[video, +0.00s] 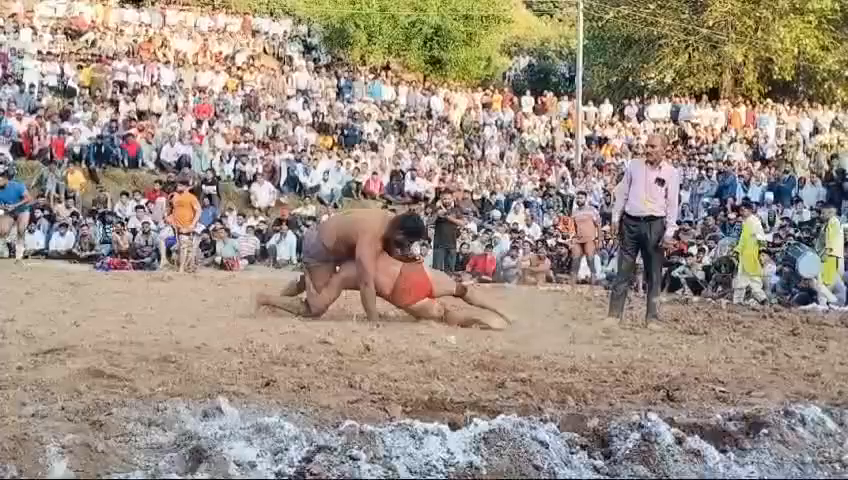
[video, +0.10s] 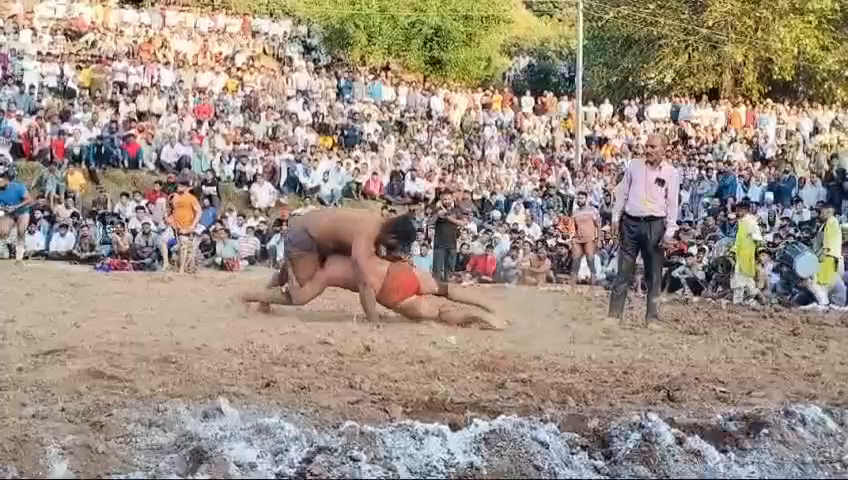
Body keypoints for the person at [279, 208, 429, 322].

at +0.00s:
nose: (406, 253)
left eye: (410, 249)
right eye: (404, 249)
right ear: (397, 235)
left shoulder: (397, 226)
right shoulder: (369, 233)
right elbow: (366, 282)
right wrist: (374, 321)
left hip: (345, 245)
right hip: (318, 247)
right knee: (316, 308)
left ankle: (306, 281)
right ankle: (267, 299)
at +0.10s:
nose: (395, 252)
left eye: (400, 251)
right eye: (396, 249)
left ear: (394, 226)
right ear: (391, 238)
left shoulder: (381, 223)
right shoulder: (364, 236)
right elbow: (364, 283)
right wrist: (374, 322)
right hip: (301, 233)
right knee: (301, 296)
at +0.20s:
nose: (388, 245)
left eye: (392, 244)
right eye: (391, 243)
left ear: (386, 222)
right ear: (388, 236)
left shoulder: (367, 222)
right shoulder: (362, 235)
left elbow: (358, 251)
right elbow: (364, 283)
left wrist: (380, 258)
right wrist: (372, 316)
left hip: (288, 222)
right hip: (293, 234)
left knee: (272, 267)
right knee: (291, 291)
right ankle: (241, 299)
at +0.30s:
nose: (382, 254)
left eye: (387, 251)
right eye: (385, 251)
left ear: (378, 227)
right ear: (381, 243)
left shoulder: (358, 227)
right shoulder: (357, 237)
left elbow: (355, 270)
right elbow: (360, 283)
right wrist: (373, 317)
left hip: (277, 226)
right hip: (289, 238)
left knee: (251, 274)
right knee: (289, 293)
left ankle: (207, 280)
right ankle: (240, 300)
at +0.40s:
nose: (375, 256)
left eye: (379, 253)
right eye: (377, 252)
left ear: (370, 229)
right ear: (374, 244)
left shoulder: (349, 228)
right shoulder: (350, 243)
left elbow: (345, 273)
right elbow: (358, 285)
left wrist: (348, 304)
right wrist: (374, 321)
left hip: (275, 232)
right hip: (291, 246)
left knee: (231, 283)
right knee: (291, 303)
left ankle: (181, 298)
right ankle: (239, 309)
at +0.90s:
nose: (375, 255)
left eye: (378, 251)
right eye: (378, 251)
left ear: (368, 229)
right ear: (376, 243)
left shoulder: (346, 230)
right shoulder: (366, 245)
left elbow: (348, 277)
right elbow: (363, 288)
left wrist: (346, 316)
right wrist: (370, 322)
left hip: (290, 241)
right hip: (307, 256)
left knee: (244, 273)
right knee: (289, 310)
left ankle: (194, 302)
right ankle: (266, 322)